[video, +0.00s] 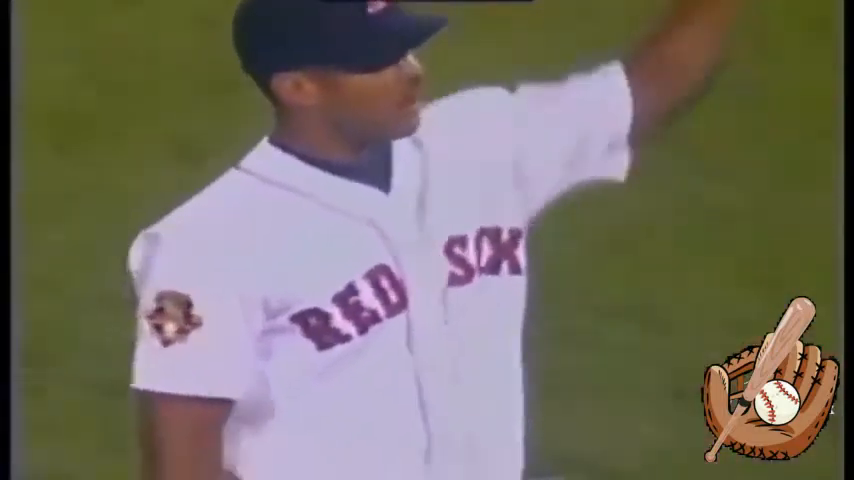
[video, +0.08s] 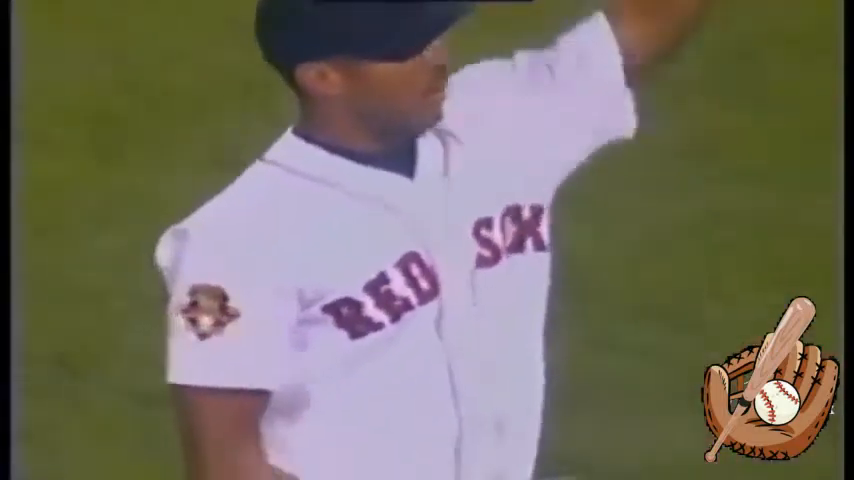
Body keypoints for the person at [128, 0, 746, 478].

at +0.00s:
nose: (414, 68)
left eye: (407, 47)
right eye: (382, 58)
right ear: (298, 88)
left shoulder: (486, 141)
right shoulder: (205, 244)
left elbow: (649, 86)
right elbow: (183, 460)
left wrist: (724, 0)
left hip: (494, 462)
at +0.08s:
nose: (443, 57)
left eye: (436, 35)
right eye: (410, 48)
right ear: (323, 79)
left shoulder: (506, 120)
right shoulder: (235, 240)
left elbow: (646, 24)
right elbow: (222, 460)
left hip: (502, 466)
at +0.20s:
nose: (487, 57)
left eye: (478, 35)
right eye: (454, 47)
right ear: (369, 76)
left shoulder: (547, 108)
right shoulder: (284, 242)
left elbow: (669, 6)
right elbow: (284, 446)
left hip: (541, 462)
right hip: (404, 464)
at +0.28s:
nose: (511, 68)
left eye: (507, 44)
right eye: (477, 58)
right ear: (390, 85)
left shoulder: (578, 122)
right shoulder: (302, 252)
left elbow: (721, 15)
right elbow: (315, 448)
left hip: (569, 466)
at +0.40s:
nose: (507, 95)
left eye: (508, 69)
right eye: (471, 82)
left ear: (522, 56)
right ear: (395, 93)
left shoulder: (601, 143)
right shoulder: (321, 249)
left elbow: (761, 61)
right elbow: (324, 442)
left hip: (605, 465)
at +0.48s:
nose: (480, 100)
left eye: (494, 74)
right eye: (446, 83)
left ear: (513, 64)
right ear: (379, 83)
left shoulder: (596, 147)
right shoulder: (313, 239)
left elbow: (768, 129)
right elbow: (300, 433)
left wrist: (767, 17)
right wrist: (457, 463)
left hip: (609, 471)